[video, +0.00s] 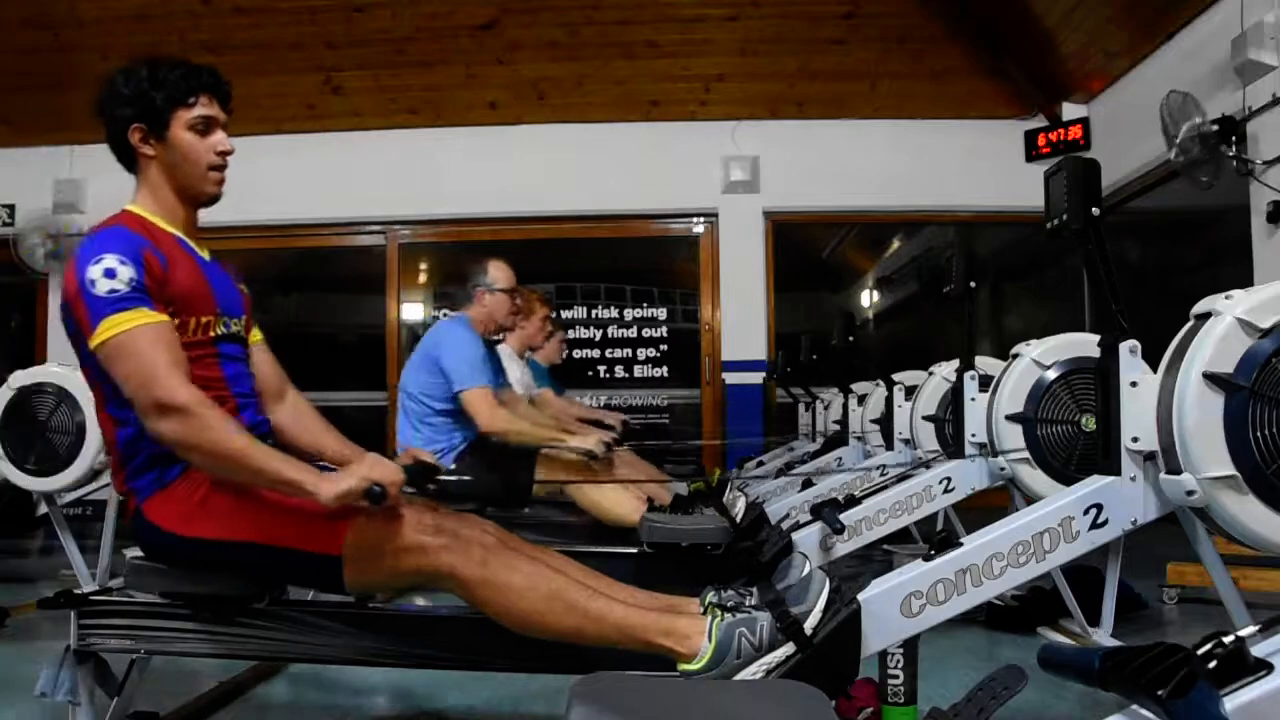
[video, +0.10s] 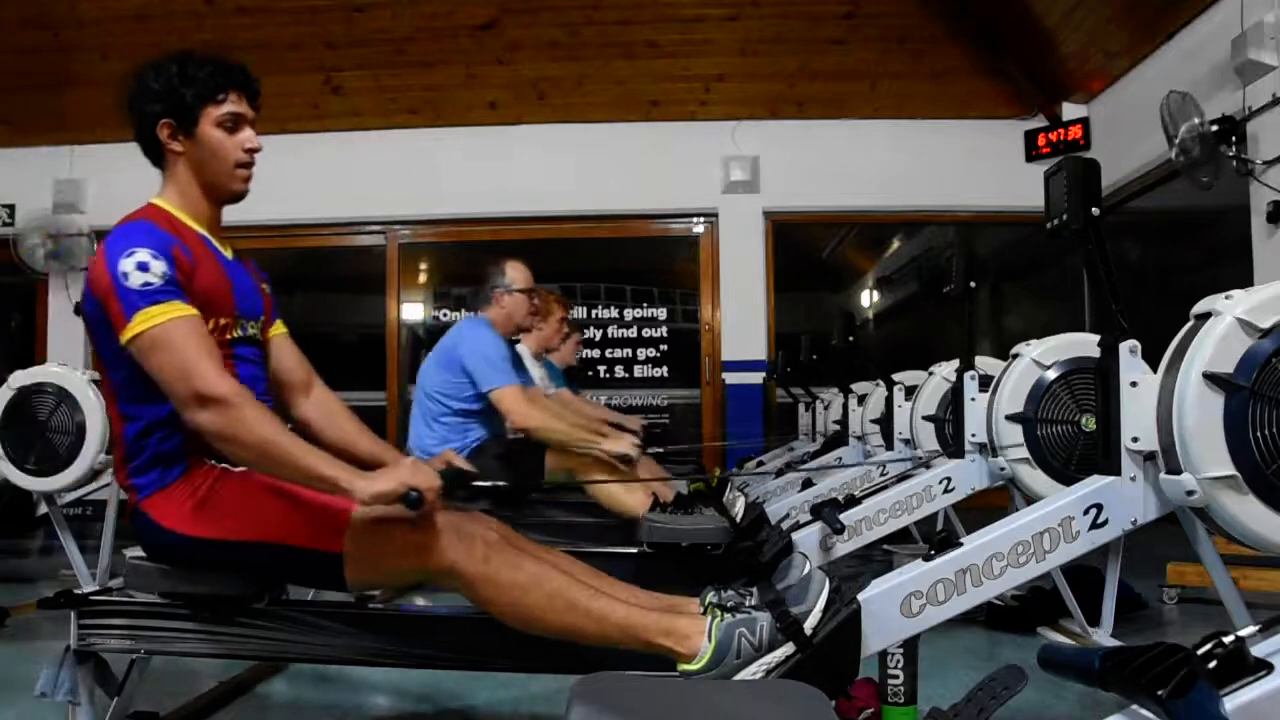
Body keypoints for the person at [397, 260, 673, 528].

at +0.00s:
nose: (517, 304)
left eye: (516, 295)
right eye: (510, 295)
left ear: (484, 297)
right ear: (482, 296)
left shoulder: (477, 340)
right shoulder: (459, 338)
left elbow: (514, 406)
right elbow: (488, 420)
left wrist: (572, 432)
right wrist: (567, 441)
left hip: (465, 454)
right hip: (443, 465)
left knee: (588, 464)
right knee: (571, 473)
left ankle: (670, 522)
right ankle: (660, 531)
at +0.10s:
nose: (536, 302)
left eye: (534, 294)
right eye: (528, 294)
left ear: (502, 299)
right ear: (500, 298)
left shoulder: (494, 339)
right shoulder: (477, 337)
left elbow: (535, 403)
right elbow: (521, 417)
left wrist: (604, 432)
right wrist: (602, 443)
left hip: (477, 450)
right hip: (456, 460)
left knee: (594, 453)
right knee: (585, 461)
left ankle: (669, 518)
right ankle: (662, 524)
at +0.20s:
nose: (558, 302)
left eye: (556, 294)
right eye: (549, 294)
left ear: (525, 303)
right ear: (522, 302)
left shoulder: (523, 341)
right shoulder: (503, 339)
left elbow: (578, 402)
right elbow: (562, 415)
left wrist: (640, 430)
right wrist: (640, 443)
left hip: (498, 449)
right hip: (472, 460)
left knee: (606, 430)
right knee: (593, 441)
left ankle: (680, 503)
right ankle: (665, 519)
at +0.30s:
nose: (584, 305)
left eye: (582, 296)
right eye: (576, 297)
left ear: (551, 304)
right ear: (549, 303)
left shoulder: (547, 344)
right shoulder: (530, 341)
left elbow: (607, 406)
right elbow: (597, 412)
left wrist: (666, 438)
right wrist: (670, 447)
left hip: (514, 450)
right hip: (491, 459)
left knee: (620, 426)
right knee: (609, 431)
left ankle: (678, 507)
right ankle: (668, 518)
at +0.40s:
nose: (610, 308)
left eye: (609, 299)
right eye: (603, 299)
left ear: (577, 306)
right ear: (577, 306)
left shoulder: (566, 342)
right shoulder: (559, 343)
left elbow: (630, 410)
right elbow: (630, 411)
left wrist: (699, 453)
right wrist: (705, 449)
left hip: (530, 453)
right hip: (513, 461)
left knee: (634, 421)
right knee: (625, 422)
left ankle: (684, 511)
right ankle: (680, 517)